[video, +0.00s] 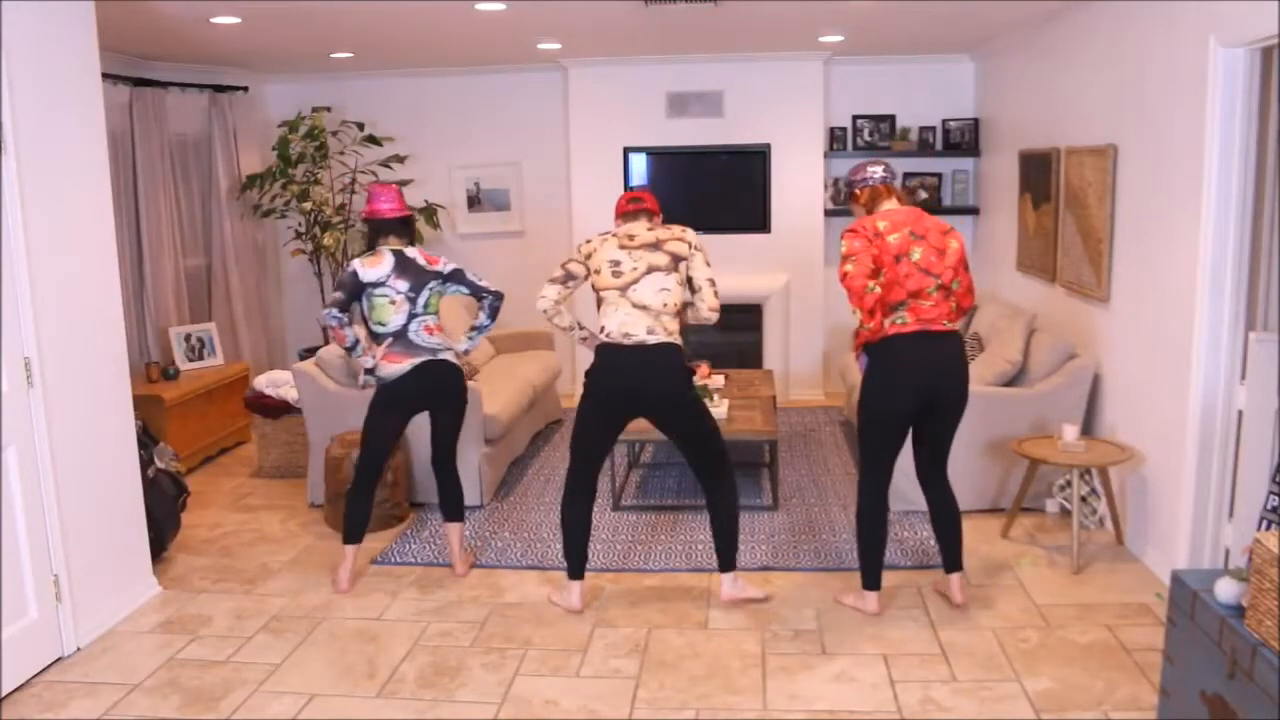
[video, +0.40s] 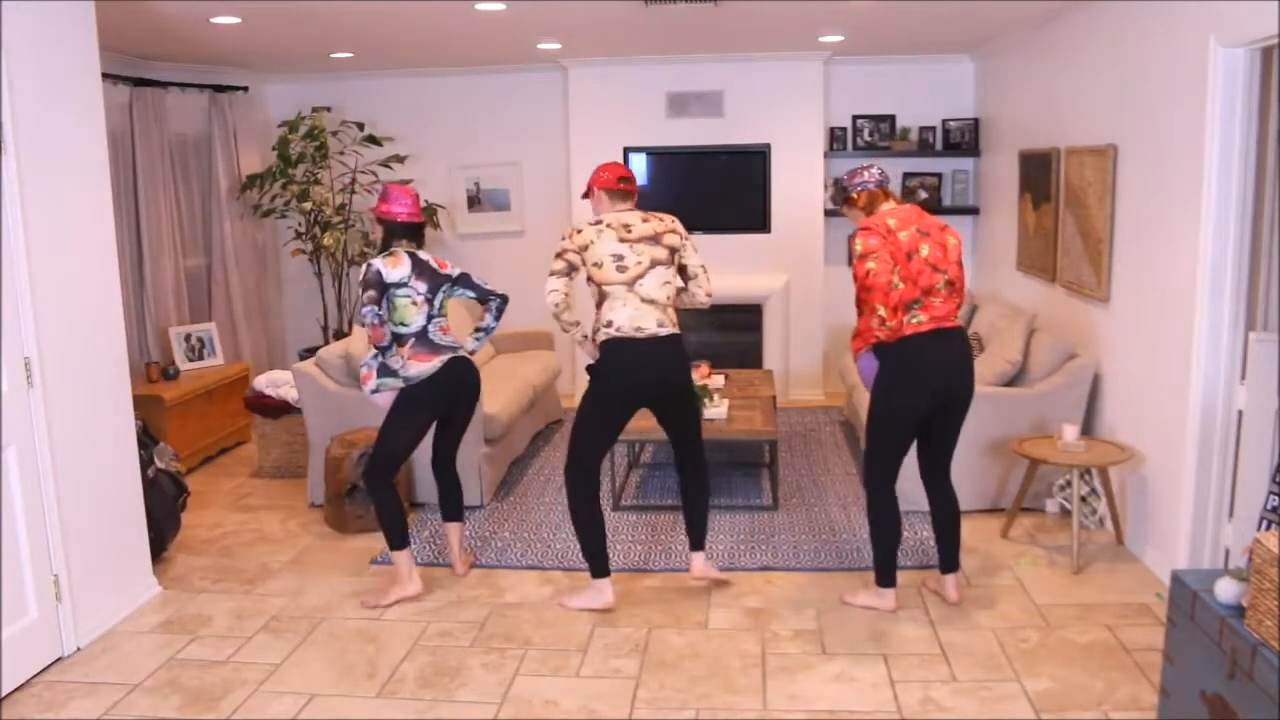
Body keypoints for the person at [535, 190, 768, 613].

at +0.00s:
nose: (640, 224)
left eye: (633, 217)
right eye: (649, 215)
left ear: (618, 218)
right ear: (658, 214)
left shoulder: (596, 247)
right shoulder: (684, 241)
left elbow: (548, 301)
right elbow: (708, 310)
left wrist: (586, 335)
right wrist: (669, 310)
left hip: (608, 373)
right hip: (665, 372)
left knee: (580, 476)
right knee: (716, 471)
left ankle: (574, 589)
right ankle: (729, 579)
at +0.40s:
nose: (589, 206)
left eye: (590, 200)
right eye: (591, 200)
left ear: (597, 198)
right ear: (633, 195)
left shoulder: (580, 237)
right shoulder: (668, 225)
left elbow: (556, 299)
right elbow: (700, 294)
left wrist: (584, 342)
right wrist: (658, 301)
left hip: (617, 362)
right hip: (668, 359)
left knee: (580, 468)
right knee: (690, 454)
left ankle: (601, 585)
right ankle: (698, 556)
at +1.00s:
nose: (561, 205)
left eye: (572, 199)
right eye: (562, 197)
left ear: (598, 212)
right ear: (566, 208)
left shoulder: (610, 255)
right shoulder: (593, 249)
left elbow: (667, 297)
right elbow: (624, 287)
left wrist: (638, 346)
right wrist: (594, 314)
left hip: (672, 361)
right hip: (647, 361)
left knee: (642, 473)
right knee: (604, 449)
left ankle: (668, 579)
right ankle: (632, 540)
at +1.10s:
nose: (559, 217)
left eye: (571, 210)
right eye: (558, 209)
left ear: (596, 220)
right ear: (556, 217)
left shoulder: (617, 262)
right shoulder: (583, 258)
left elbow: (683, 296)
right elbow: (615, 292)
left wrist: (650, 342)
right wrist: (595, 314)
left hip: (672, 363)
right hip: (637, 363)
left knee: (646, 465)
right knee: (600, 456)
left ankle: (666, 577)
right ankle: (631, 545)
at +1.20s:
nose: (566, 242)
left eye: (575, 232)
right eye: (560, 233)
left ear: (598, 231)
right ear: (555, 236)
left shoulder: (629, 264)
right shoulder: (573, 268)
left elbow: (697, 297)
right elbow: (586, 301)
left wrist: (660, 344)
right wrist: (594, 320)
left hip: (670, 363)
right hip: (626, 367)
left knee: (661, 462)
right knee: (591, 463)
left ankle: (675, 561)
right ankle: (632, 546)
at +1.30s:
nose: (577, 250)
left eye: (585, 238)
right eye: (569, 240)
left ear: (606, 233)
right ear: (561, 241)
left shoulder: (638, 263)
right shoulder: (573, 266)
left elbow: (704, 296)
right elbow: (577, 300)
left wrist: (665, 340)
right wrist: (595, 316)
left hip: (670, 361)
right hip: (624, 365)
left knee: (673, 459)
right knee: (592, 462)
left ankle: (689, 551)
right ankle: (632, 546)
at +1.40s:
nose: (598, 247)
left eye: (605, 236)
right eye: (590, 238)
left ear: (623, 228)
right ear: (581, 237)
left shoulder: (658, 256)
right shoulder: (580, 255)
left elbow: (711, 292)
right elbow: (577, 298)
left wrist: (674, 334)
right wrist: (601, 310)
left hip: (672, 361)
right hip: (623, 365)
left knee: (691, 461)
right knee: (598, 463)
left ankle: (698, 551)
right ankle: (632, 546)